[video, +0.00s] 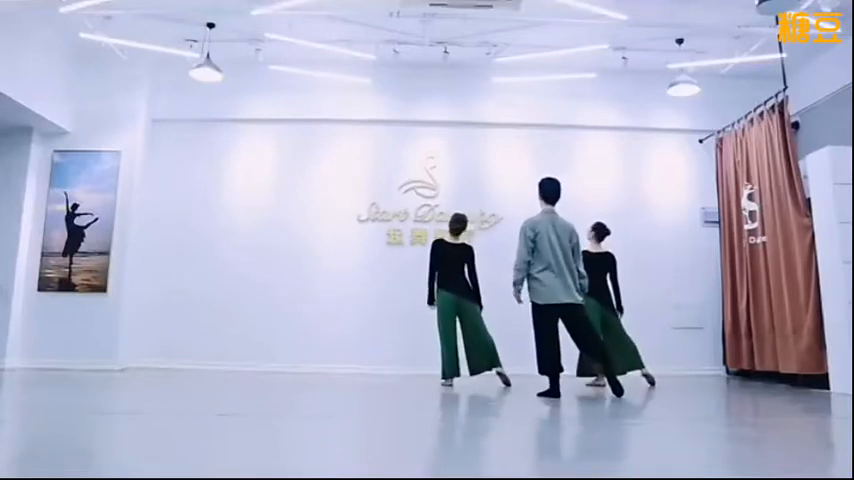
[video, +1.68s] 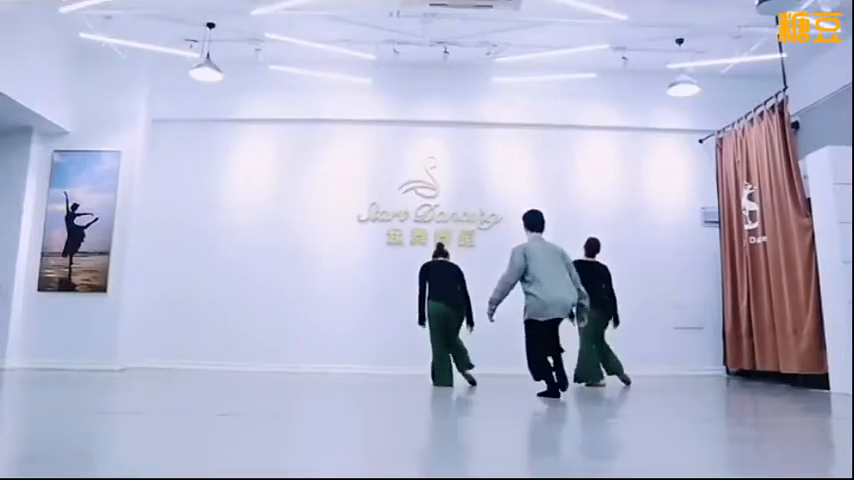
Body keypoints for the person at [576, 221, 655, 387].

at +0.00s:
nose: (587, 233)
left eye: (589, 231)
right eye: (589, 230)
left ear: (593, 234)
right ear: (602, 236)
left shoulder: (583, 256)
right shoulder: (609, 257)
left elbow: (577, 277)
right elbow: (614, 283)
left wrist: (576, 296)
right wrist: (619, 304)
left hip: (589, 300)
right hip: (606, 301)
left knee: (594, 337)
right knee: (621, 336)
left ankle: (600, 376)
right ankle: (642, 369)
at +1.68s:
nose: (587, 251)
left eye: (586, 248)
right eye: (591, 248)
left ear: (584, 249)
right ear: (598, 251)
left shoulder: (576, 266)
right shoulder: (603, 269)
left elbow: (570, 288)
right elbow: (610, 293)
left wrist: (569, 309)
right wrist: (615, 314)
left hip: (585, 311)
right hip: (604, 312)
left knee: (588, 342)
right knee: (599, 341)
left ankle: (595, 377)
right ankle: (618, 370)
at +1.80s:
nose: (587, 257)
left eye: (585, 253)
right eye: (592, 254)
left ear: (581, 254)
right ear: (596, 256)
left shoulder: (573, 270)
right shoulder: (600, 273)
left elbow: (568, 293)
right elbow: (607, 299)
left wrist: (569, 314)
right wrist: (610, 320)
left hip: (582, 313)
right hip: (599, 315)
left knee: (586, 345)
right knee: (595, 344)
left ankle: (585, 376)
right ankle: (599, 374)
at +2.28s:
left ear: (568, 258)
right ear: (579, 256)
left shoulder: (567, 267)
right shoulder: (592, 265)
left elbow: (567, 292)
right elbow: (599, 289)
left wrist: (567, 314)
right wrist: (605, 309)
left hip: (583, 305)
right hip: (600, 306)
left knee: (585, 341)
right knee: (587, 340)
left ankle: (595, 377)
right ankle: (573, 369)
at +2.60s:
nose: (561, 238)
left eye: (561, 235)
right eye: (563, 235)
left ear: (563, 235)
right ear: (575, 235)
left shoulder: (561, 247)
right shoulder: (585, 250)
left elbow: (557, 272)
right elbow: (592, 275)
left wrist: (556, 293)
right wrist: (593, 297)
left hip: (569, 289)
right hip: (585, 290)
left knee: (574, 328)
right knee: (582, 329)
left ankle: (585, 367)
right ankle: (573, 368)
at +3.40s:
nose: (551, 230)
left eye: (550, 227)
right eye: (555, 227)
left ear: (548, 227)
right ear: (562, 228)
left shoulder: (541, 247)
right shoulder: (567, 249)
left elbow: (537, 272)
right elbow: (571, 276)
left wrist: (536, 293)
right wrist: (573, 297)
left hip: (547, 292)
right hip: (564, 293)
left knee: (551, 330)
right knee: (563, 330)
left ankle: (560, 367)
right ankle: (557, 369)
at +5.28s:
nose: (530, 230)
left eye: (528, 227)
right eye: (533, 227)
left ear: (525, 228)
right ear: (539, 229)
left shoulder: (518, 248)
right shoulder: (545, 249)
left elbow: (513, 273)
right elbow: (550, 275)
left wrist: (512, 294)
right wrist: (551, 296)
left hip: (525, 293)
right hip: (542, 293)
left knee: (529, 331)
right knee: (542, 330)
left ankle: (539, 367)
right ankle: (541, 369)